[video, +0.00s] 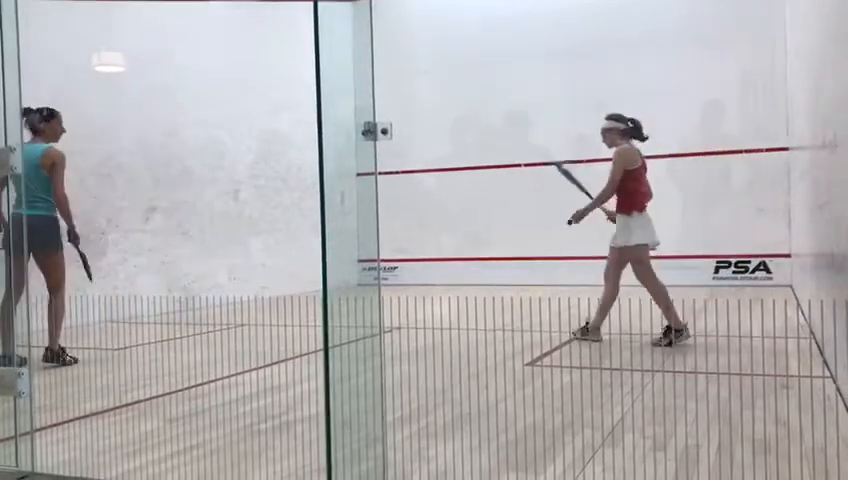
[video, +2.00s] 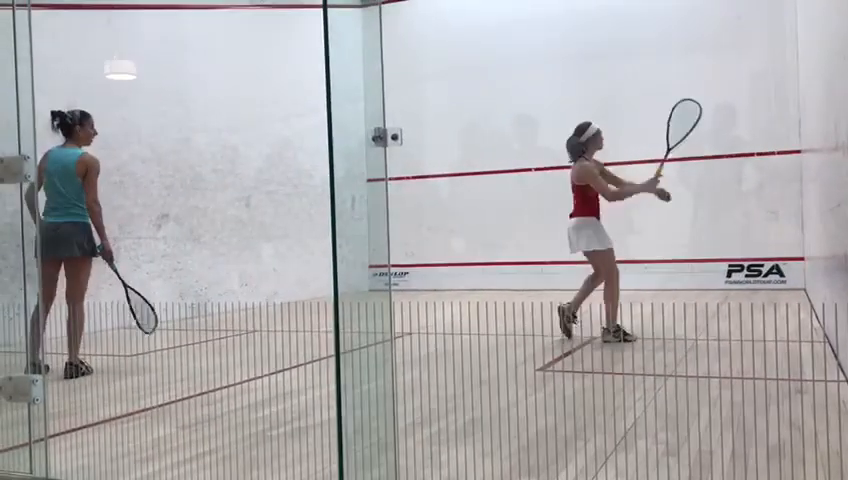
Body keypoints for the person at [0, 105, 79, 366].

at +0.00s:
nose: (63, 129)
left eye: (62, 123)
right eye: (59, 123)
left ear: (38, 126)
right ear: (44, 124)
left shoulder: (16, 152)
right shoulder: (54, 154)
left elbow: (3, 186)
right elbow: (59, 195)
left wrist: (4, 221)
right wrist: (71, 226)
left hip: (14, 225)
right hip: (43, 225)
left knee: (13, 289)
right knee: (56, 289)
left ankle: (5, 348)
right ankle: (54, 348)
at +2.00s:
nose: (95, 132)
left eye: (94, 127)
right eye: (91, 127)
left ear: (73, 130)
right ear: (78, 129)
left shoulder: (48, 157)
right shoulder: (89, 161)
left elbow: (30, 194)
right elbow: (92, 205)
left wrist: (38, 223)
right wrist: (104, 242)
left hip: (48, 231)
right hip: (78, 231)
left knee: (44, 298)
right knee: (75, 300)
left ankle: (34, 359)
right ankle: (73, 361)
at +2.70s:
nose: (64, 135)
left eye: (62, 130)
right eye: (60, 130)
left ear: (39, 135)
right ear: (49, 134)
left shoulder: (17, 164)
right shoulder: (64, 166)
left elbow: (4, 202)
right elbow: (80, 208)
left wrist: (3, 237)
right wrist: (91, 236)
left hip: (23, 238)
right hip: (56, 237)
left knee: (17, 302)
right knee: (67, 304)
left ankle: (9, 365)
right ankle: (77, 363)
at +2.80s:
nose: (53, 138)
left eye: (51, 133)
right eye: (50, 134)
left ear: (25, 136)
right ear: (44, 137)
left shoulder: (8, 165)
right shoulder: (54, 168)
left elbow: (2, 195)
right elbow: (69, 208)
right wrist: (76, 235)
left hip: (11, 238)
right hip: (43, 237)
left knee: (8, 307)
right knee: (58, 301)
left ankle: (8, 366)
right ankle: (75, 357)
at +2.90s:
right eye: (37, 138)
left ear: (12, 139)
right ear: (37, 139)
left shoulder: (3, 165)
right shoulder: (44, 169)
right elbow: (59, 209)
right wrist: (58, 227)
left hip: (6, 240)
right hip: (33, 239)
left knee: (4, 306)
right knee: (42, 295)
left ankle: (7, 363)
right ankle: (62, 343)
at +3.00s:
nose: (27, 144)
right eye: (29, 139)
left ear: (5, 140)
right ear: (29, 140)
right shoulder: (37, 170)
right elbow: (50, 211)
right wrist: (29, 217)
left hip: (5, 238)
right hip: (29, 238)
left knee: (2, 301)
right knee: (26, 295)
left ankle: (4, 361)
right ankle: (40, 352)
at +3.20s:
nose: (2, 162)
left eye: (1, 157)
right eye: (4, 157)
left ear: (3, 155)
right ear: (8, 155)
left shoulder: (12, 183)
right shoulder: (20, 183)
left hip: (13, 250)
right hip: (19, 250)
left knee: (7, 303)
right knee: (7, 304)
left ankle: (27, 356)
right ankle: (26, 355)